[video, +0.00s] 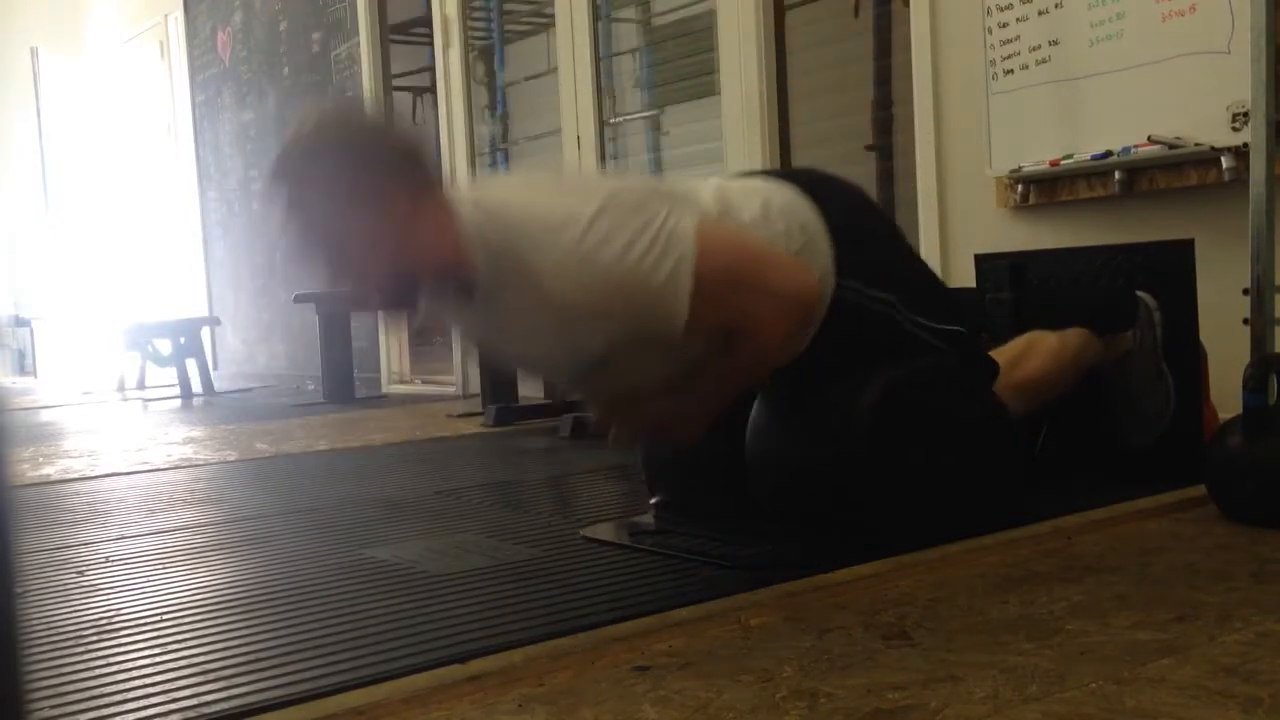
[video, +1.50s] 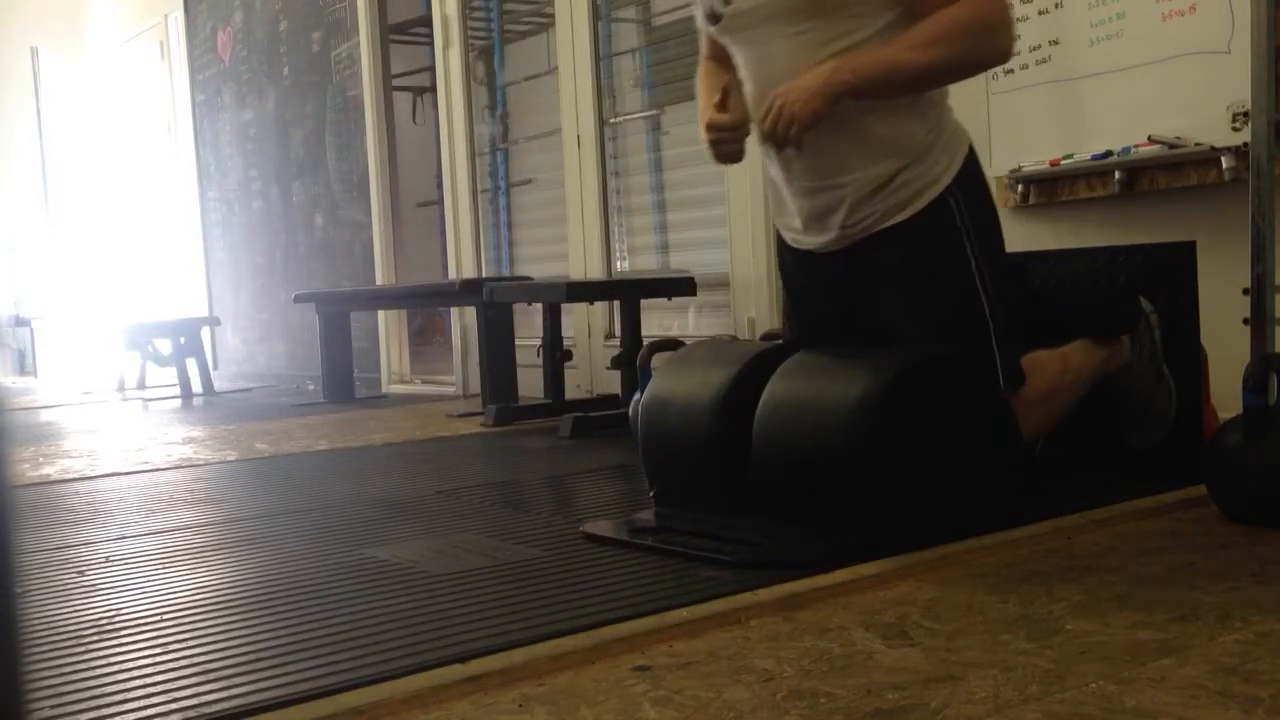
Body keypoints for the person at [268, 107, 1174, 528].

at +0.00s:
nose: (337, 277)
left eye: (337, 244)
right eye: (320, 257)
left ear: (399, 201)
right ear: (384, 214)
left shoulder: (554, 244)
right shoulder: (459, 263)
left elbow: (787, 296)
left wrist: (685, 400)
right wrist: (609, 391)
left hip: (821, 247)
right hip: (727, 285)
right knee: (700, 493)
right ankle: (957, 370)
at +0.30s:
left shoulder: (764, 3)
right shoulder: (574, 11)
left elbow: (882, 92)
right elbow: (633, 114)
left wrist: (741, 186)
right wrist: (655, 173)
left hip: (886, 235)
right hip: (784, 270)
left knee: (956, 441)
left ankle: (1104, 349)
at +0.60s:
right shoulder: (729, 3)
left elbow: (1002, 29)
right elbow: (729, 67)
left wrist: (843, 82)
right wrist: (729, 113)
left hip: (932, 208)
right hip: (814, 231)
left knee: (967, 444)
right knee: (841, 450)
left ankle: (1109, 346)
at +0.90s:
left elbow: (1046, 28)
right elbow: (776, 59)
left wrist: (890, 53)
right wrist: (777, 100)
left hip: (957, 201)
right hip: (838, 216)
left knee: (983, 438)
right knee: (853, 433)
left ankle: (1114, 349)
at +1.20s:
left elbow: (1041, 26)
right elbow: (773, 54)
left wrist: (886, 53)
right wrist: (771, 101)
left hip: (950, 200)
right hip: (830, 218)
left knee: (982, 434)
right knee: (853, 433)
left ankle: (1114, 349)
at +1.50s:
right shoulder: (720, 7)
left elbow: (987, 30)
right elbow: (717, 56)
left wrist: (832, 78)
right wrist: (717, 112)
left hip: (921, 205)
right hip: (806, 229)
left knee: (976, 432)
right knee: (845, 444)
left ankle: (1110, 347)